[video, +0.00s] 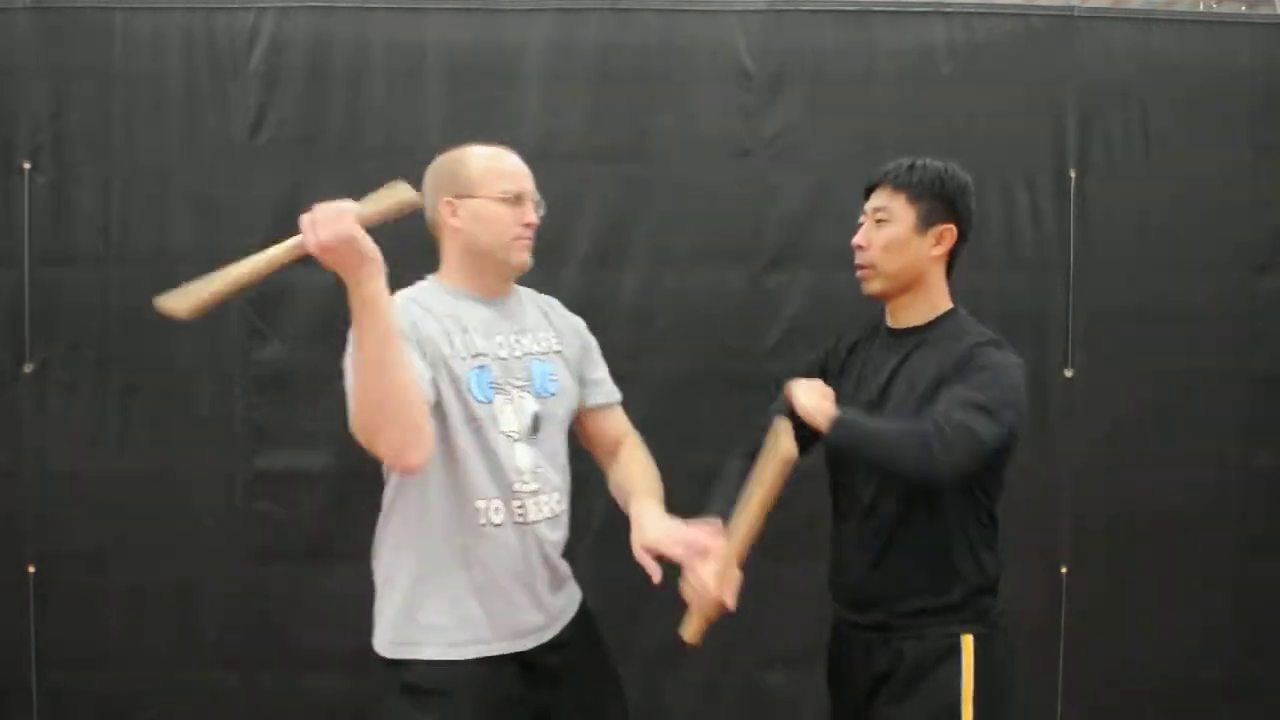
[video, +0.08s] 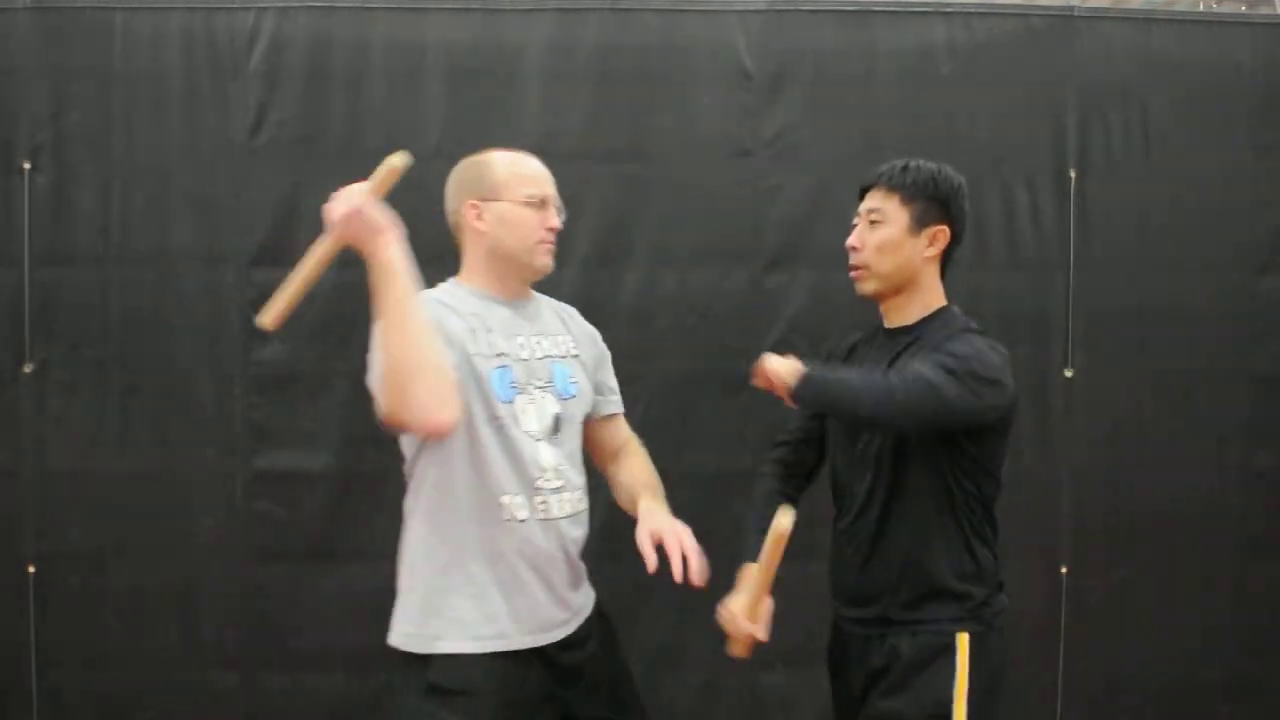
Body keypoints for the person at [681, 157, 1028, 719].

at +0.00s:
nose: (857, 241)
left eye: (880, 222)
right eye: (862, 223)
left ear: (940, 240)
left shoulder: (990, 366)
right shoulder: (851, 356)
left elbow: (943, 453)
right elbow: (772, 448)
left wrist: (833, 421)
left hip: (944, 647)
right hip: (856, 640)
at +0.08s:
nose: (852, 242)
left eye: (874, 223)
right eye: (856, 224)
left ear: (933, 240)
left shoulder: (977, 363)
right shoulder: (854, 359)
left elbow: (898, 397)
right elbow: (787, 468)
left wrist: (804, 382)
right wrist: (753, 580)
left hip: (942, 641)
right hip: (857, 636)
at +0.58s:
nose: (859, 245)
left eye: (874, 230)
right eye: (866, 228)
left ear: (930, 247)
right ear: (928, 248)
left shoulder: (939, 344)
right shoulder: (922, 341)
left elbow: (787, 356)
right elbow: (788, 398)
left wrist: (836, 298)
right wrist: (742, 283)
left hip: (895, 647)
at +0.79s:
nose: (840, 247)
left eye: (851, 231)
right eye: (845, 230)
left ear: (898, 246)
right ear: (905, 249)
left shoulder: (871, 364)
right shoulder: (974, 356)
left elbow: (742, 466)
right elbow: (871, 426)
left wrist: (712, 404)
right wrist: (772, 397)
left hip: (877, 653)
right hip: (957, 634)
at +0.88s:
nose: (829, 248)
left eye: (840, 231)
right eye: (835, 230)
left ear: (886, 248)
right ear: (897, 251)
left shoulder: (860, 366)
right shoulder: (973, 359)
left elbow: (742, 474)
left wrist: (691, 434)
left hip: (878, 651)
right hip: (961, 637)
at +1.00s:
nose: (830, 245)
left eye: (844, 230)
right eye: (838, 227)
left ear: (894, 248)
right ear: (900, 250)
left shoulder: (891, 368)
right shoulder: (946, 341)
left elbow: (774, 491)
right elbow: (832, 404)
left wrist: (691, 472)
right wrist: (851, 295)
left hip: (894, 652)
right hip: (942, 633)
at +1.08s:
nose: (836, 244)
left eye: (850, 228)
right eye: (842, 228)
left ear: (905, 246)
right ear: (903, 248)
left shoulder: (932, 366)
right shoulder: (900, 348)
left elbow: (816, 501)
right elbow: (774, 370)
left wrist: (739, 472)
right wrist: (786, 268)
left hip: (914, 649)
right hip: (882, 638)